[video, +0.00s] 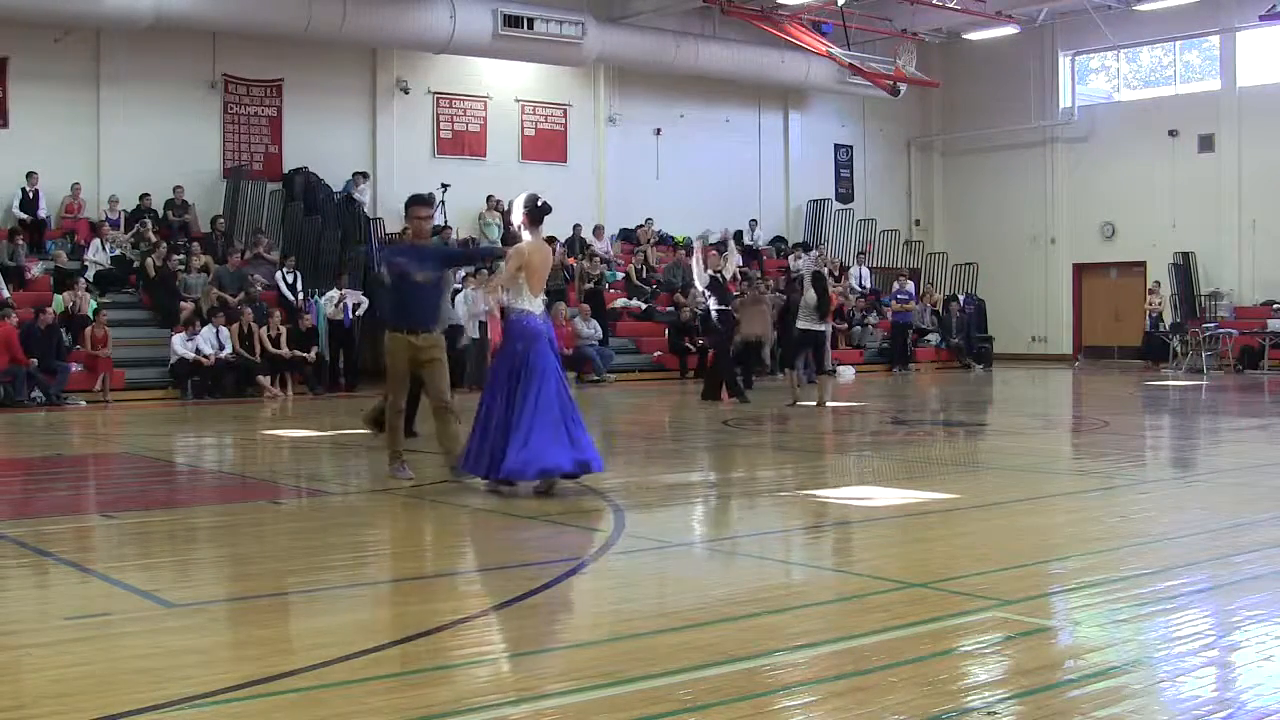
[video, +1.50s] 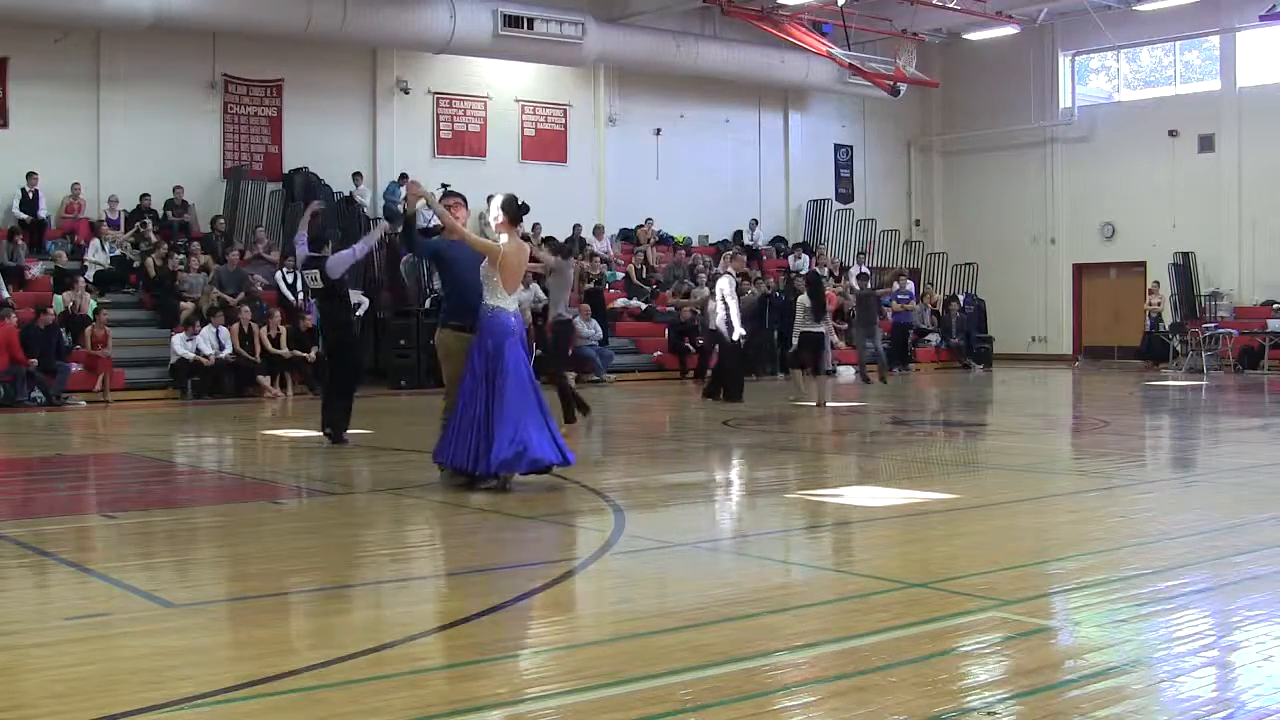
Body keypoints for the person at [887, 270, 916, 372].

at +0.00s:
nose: (902, 283)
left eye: (904, 281)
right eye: (900, 281)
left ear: (906, 281)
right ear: (897, 282)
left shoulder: (910, 294)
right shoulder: (894, 294)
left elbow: (912, 306)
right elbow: (894, 307)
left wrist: (899, 305)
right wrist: (907, 306)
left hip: (907, 321)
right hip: (896, 321)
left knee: (906, 344)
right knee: (896, 343)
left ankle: (905, 364)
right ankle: (896, 364)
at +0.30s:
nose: (901, 282)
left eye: (903, 280)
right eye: (899, 280)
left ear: (906, 281)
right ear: (897, 282)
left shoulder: (909, 294)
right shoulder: (894, 294)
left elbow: (912, 306)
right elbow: (894, 307)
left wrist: (900, 305)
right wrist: (907, 306)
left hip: (907, 322)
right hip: (896, 322)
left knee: (905, 343)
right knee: (896, 343)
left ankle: (905, 363)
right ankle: (895, 364)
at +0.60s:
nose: (901, 282)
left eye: (902, 280)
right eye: (899, 280)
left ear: (905, 281)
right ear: (896, 282)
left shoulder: (910, 294)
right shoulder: (894, 294)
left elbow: (912, 306)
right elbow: (894, 308)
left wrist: (899, 306)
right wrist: (907, 306)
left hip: (907, 322)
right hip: (897, 322)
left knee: (906, 344)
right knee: (896, 343)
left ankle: (905, 363)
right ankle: (896, 364)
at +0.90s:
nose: (901, 282)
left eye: (902, 280)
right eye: (899, 280)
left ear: (905, 281)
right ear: (896, 282)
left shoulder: (909, 294)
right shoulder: (894, 294)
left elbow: (912, 306)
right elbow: (894, 308)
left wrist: (899, 306)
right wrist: (907, 307)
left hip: (907, 322)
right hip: (897, 322)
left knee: (906, 344)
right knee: (896, 344)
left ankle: (906, 363)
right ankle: (896, 364)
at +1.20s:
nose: (902, 282)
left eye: (904, 280)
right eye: (900, 280)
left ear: (906, 281)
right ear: (897, 282)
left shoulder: (910, 294)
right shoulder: (894, 294)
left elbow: (913, 306)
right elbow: (894, 307)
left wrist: (900, 305)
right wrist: (907, 306)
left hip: (907, 322)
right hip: (897, 322)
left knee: (905, 344)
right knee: (896, 344)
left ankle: (905, 364)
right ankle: (896, 365)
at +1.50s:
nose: (903, 282)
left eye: (904, 280)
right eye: (901, 280)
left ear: (907, 281)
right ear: (898, 282)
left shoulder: (910, 294)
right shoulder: (895, 294)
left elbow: (913, 306)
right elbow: (894, 307)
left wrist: (901, 305)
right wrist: (907, 306)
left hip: (907, 322)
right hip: (897, 321)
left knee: (905, 344)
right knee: (896, 343)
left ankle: (905, 364)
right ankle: (895, 365)